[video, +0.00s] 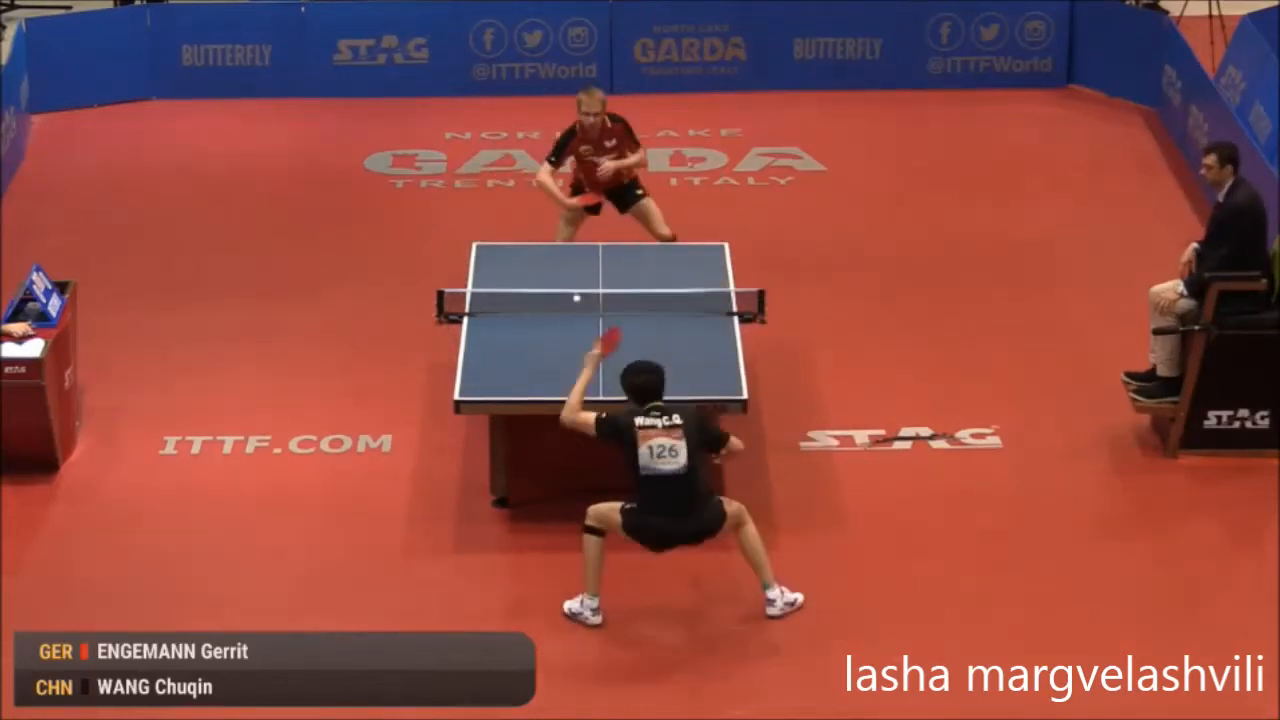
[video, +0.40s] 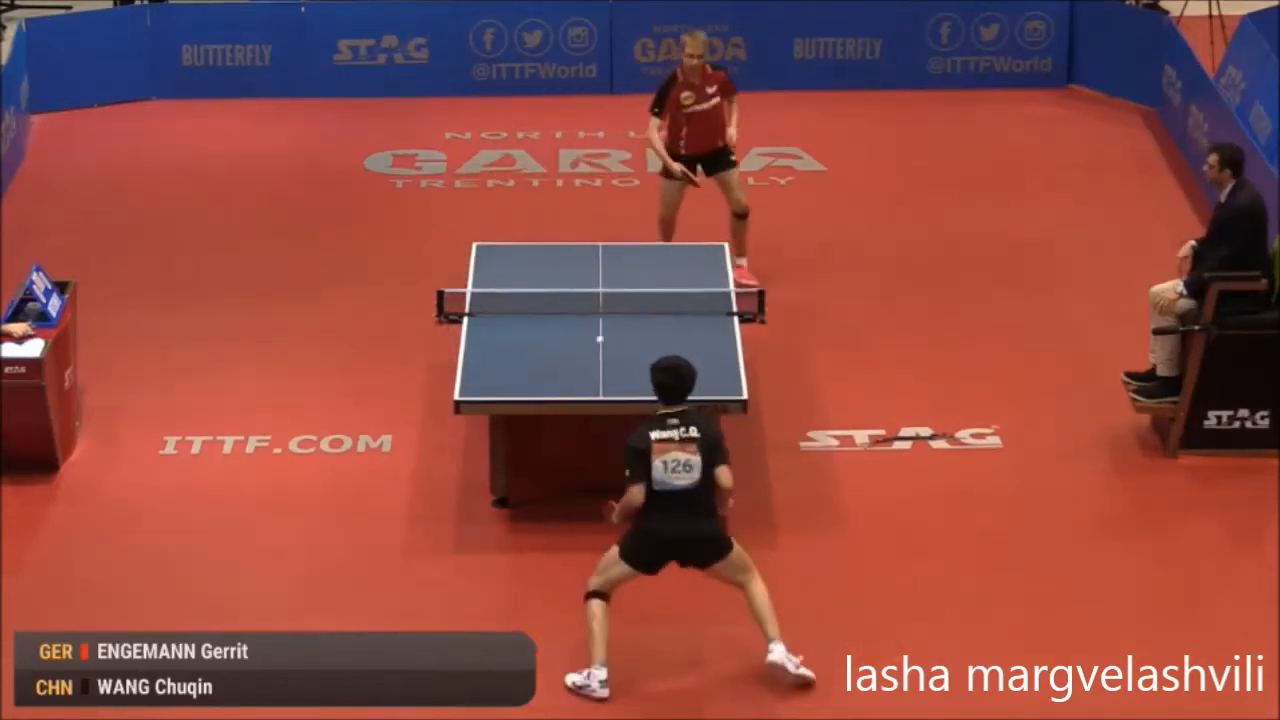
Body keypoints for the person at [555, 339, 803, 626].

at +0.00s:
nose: (629, 393)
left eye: (628, 388)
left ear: (630, 395)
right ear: (662, 390)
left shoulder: (624, 424)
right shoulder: (691, 418)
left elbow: (569, 417)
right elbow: (737, 446)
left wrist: (588, 368)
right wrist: (719, 452)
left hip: (652, 527)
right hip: (699, 521)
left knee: (595, 516)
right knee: (739, 515)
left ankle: (589, 604)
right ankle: (774, 593)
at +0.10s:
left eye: (636, 373)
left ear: (635, 378)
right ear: (670, 374)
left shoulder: (628, 416)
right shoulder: (696, 405)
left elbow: (573, 436)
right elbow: (744, 433)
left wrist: (562, 397)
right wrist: (726, 448)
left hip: (652, 513)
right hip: (700, 508)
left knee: (598, 520)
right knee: (739, 523)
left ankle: (587, 604)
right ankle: (774, 595)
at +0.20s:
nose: (647, 356)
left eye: (642, 352)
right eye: (657, 351)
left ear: (638, 360)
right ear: (672, 357)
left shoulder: (628, 400)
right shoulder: (699, 389)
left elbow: (600, 459)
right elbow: (739, 431)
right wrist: (724, 454)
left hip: (653, 500)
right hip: (700, 497)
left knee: (596, 538)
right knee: (742, 535)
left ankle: (580, 629)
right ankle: (779, 606)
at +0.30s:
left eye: (647, 371)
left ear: (643, 376)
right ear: (679, 374)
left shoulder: (635, 418)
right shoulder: (699, 412)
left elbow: (629, 482)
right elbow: (721, 463)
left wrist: (603, 494)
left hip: (649, 518)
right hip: (698, 512)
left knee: (599, 584)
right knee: (746, 552)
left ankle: (596, 668)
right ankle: (779, 628)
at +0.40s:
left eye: (658, 385)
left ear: (655, 391)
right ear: (690, 390)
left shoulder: (642, 436)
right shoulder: (707, 429)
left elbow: (636, 496)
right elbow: (725, 481)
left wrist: (619, 515)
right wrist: (725, 504)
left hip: (653, 534)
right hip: (703, 533)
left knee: (599, 587)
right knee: (749, 579)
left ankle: (597, 673)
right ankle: (777, 648)